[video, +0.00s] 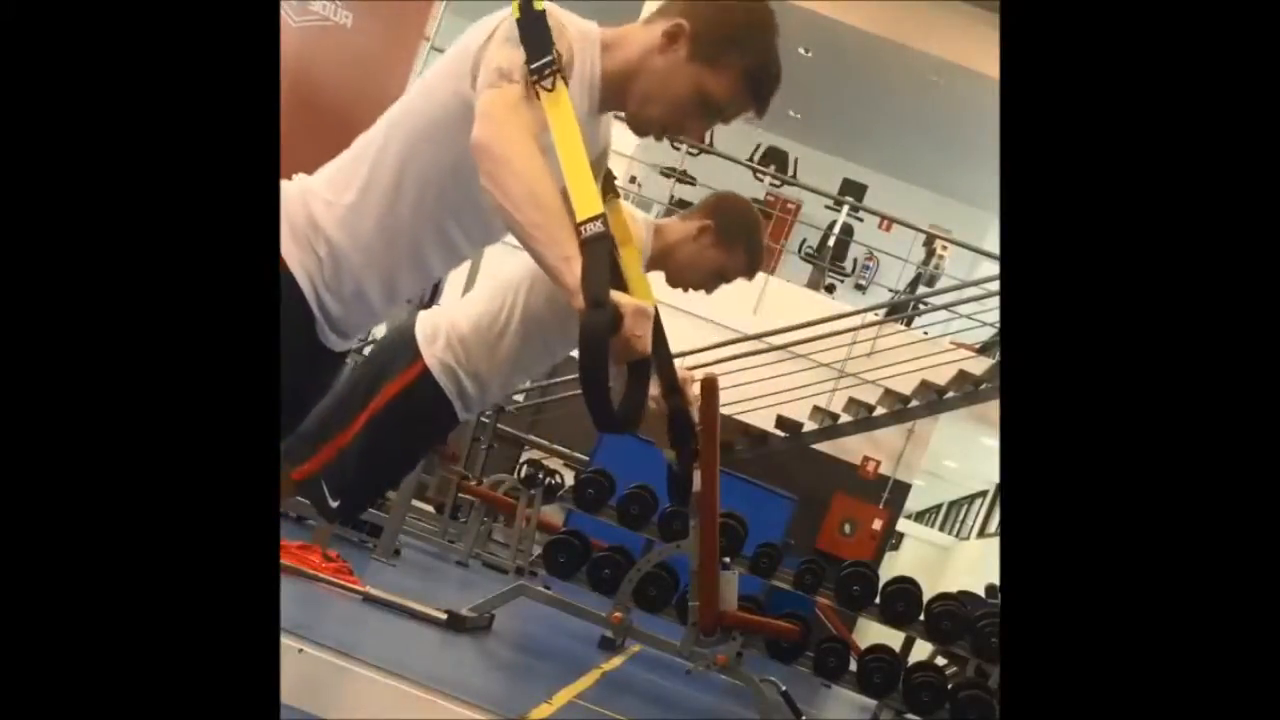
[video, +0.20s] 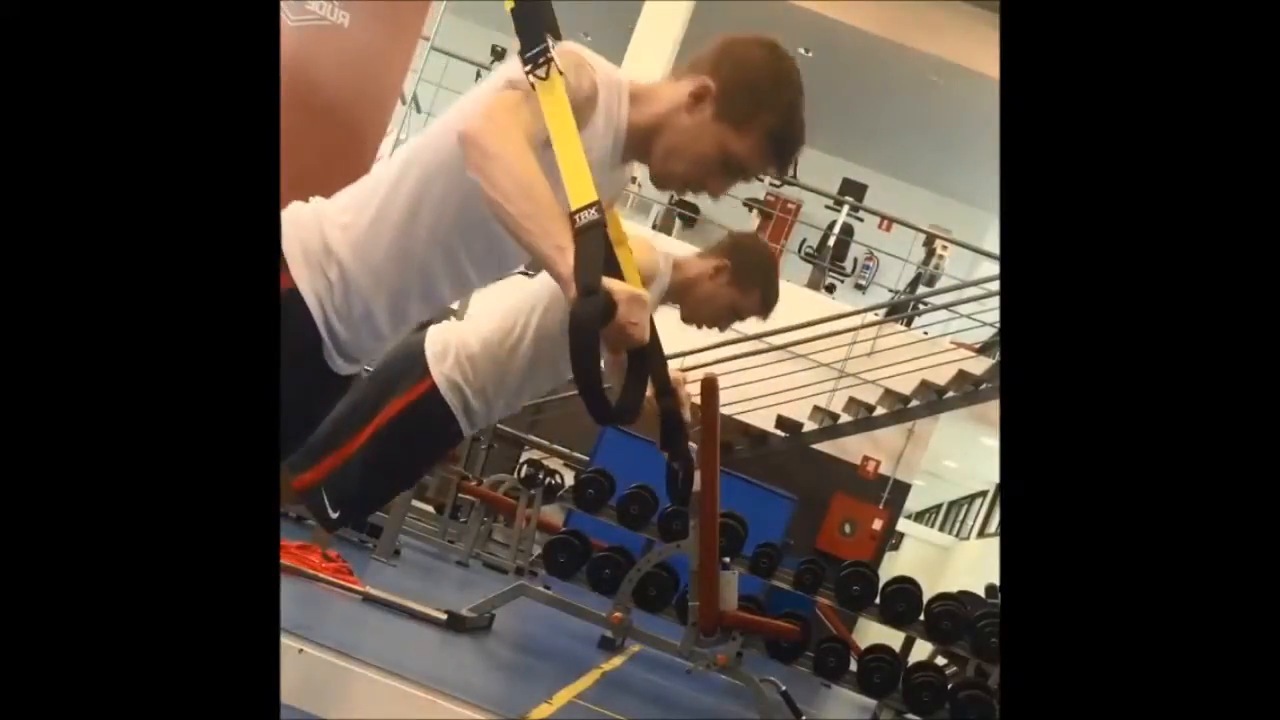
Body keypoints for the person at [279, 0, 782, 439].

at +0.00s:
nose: (699, 137)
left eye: (715, 125)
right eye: (708, 110)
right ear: (673, 39)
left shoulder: (592, 138)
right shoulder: (549, 30)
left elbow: (609, 250)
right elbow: (499, 143)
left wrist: (658, 378)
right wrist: (586, 289)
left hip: (333, 335)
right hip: (290, 273)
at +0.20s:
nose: (718, 190)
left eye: (735, 181)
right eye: (729, 167)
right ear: (701, 98)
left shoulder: (615, 177)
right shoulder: (578, 73)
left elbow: (593, 275)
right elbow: (490, 138)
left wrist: (653, 380)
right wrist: (581, 273)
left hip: (344, 355)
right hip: (299, 290)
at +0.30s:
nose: (727, 234)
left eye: (745, 228)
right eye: (741, 213)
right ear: (719, 146)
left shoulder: (624, 211)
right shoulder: (603, 115)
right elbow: (485, 132)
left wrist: (660, 396)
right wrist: (587, 281)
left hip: (353, 373)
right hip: (310, 316)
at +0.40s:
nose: (743, 287)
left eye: (761, 281)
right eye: (757, 266)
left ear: (739, 195)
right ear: (740, 198)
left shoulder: (646, 244)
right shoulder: (622, 159)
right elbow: (488, 139)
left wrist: (648, 391)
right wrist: (603, 280)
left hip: (360, 400)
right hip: (318, 341)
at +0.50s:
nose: (749, 331)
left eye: (769, 328)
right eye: (768, 315)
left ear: (754, 251)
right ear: (753, 251)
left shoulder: (670, 289)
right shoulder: (645, 202)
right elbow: (504, 168)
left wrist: (668, 408)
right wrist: (629, 307)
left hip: (367, 426)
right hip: (326, 367)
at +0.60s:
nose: (754, 372)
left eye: (776, 373)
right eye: (775, 359)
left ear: (764, 288)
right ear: (767, 294)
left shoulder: (679, 334)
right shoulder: (666, 246)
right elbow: (517, 172)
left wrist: (672, 410)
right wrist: (644, 316)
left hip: (366, 443)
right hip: (333, 393)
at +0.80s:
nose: (758, 434)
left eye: (776, 436)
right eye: (777, 425)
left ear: (780, 355)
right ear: (783, 360)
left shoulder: (693, 391)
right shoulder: (674, 285)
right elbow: (529, 170)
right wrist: (623, 312)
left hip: (368, 471)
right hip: (338, 424)